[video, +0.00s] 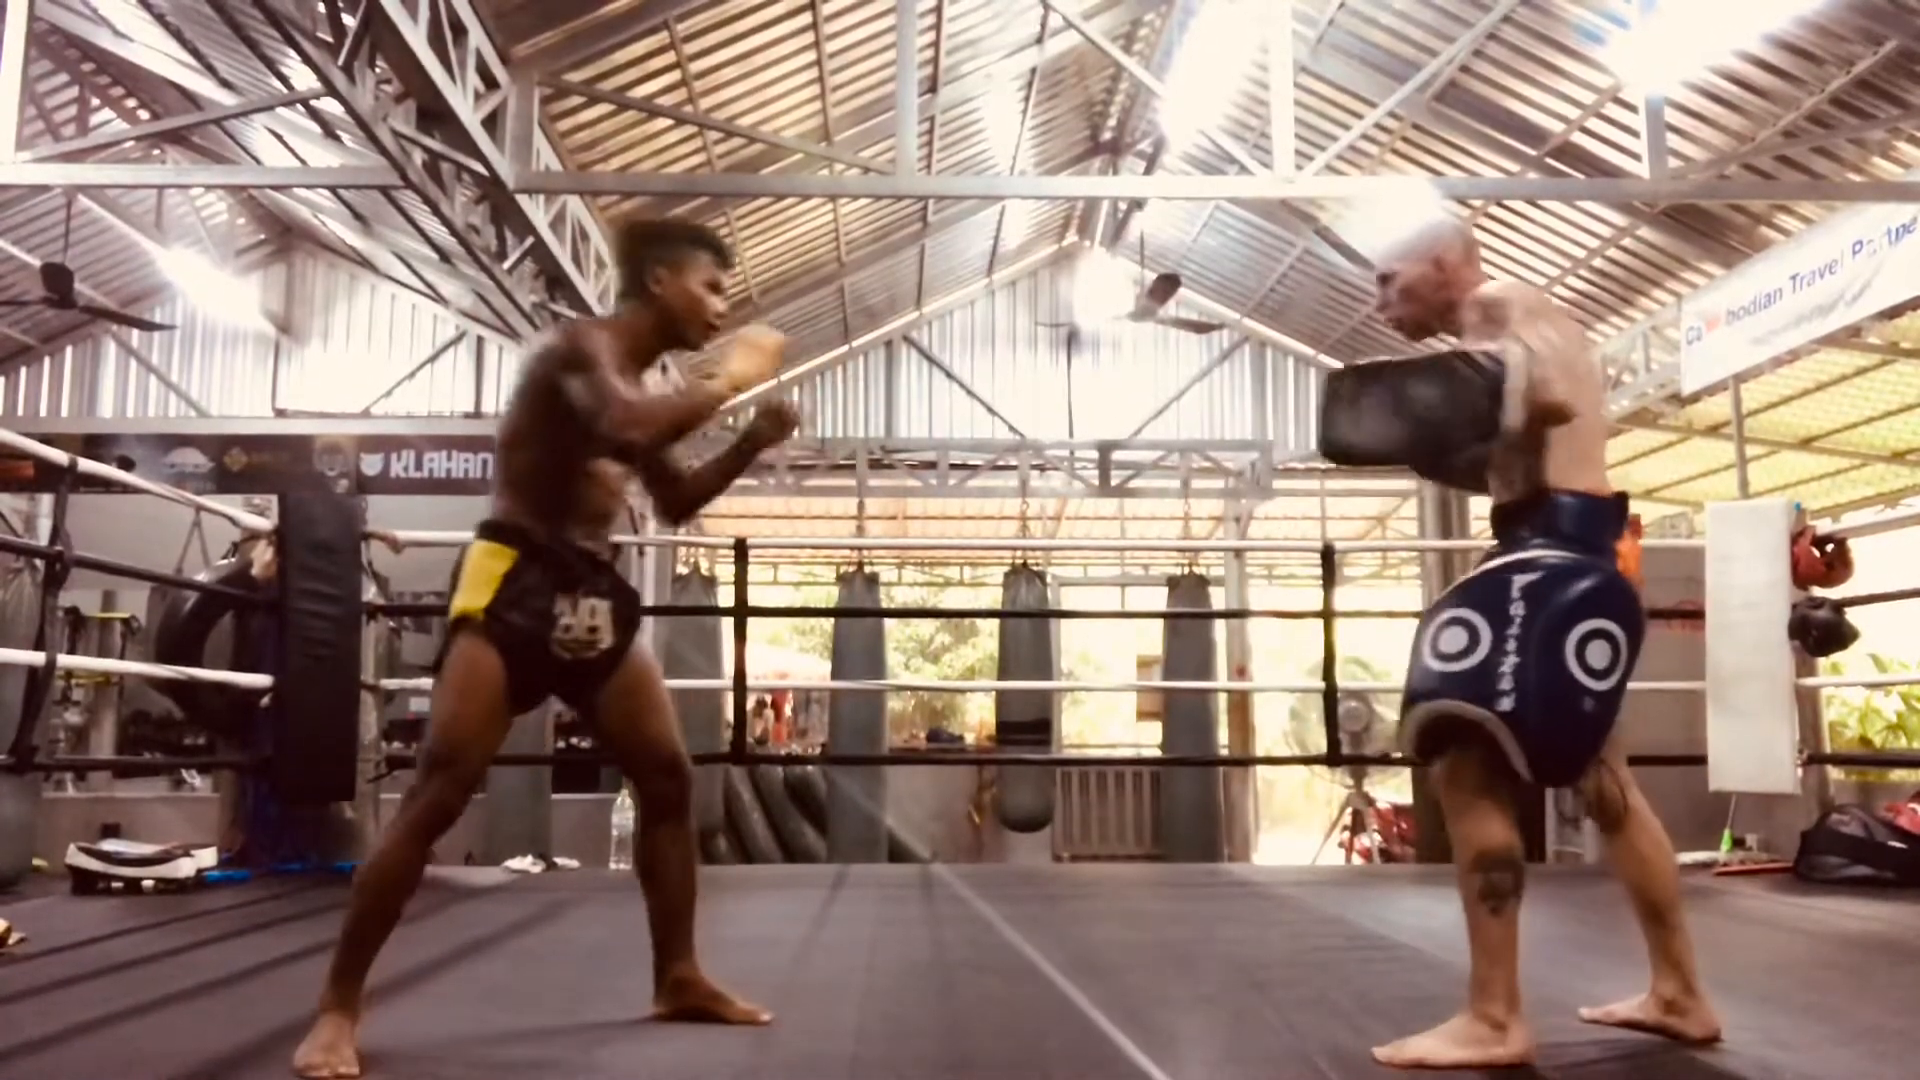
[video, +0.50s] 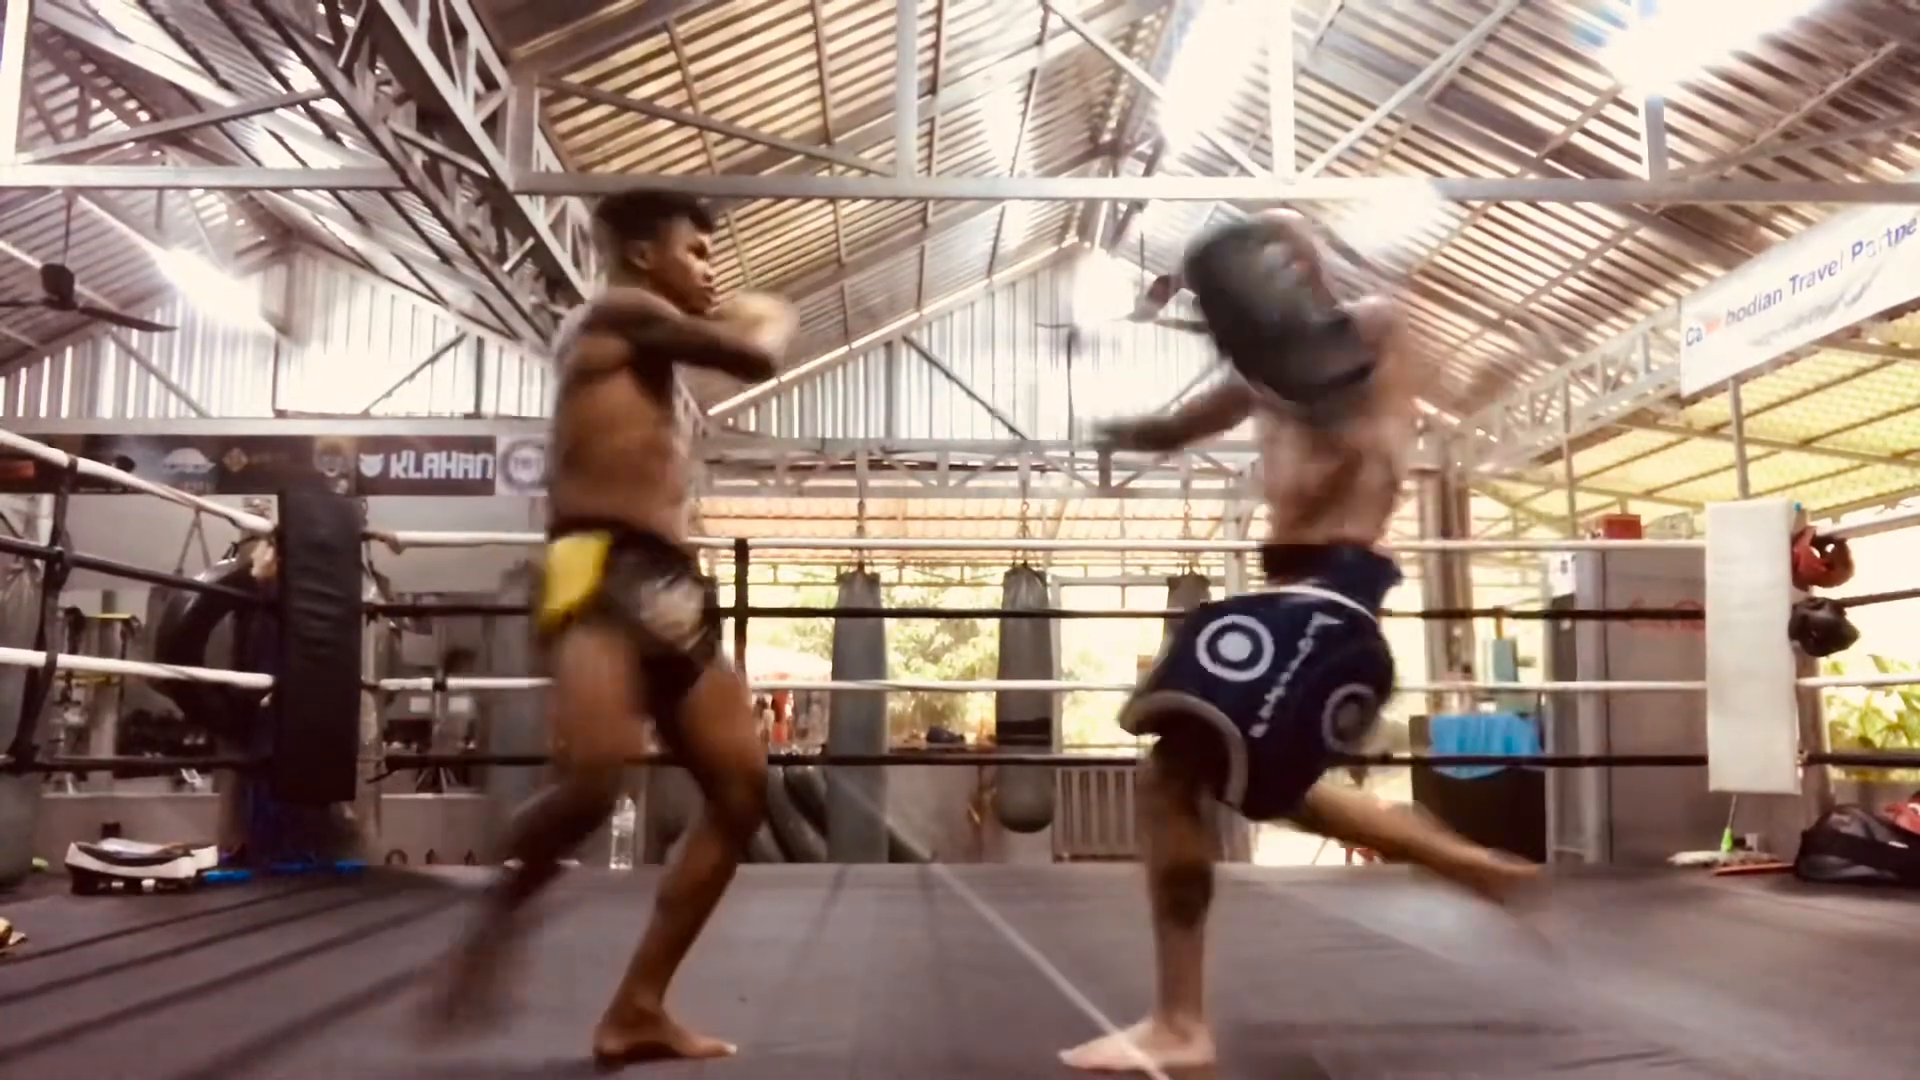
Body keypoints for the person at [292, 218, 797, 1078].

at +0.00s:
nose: (724, 303)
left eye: (726, 289)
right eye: (713, 284)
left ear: (671, 286)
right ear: (660, 279)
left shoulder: (639, 387)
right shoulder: (580, 342)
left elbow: (679, 502)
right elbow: (620, 422)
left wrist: (752, 441)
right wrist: (726, 380)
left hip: (593, 584)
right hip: (514, 569)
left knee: (667, 780)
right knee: (441, 791)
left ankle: (678, 979)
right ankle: (337, 1012)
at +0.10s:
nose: (693, 294)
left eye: (695, 280)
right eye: (684, 274)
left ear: (649, 279)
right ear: (627, 265)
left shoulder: (618, 379)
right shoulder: (542, 331)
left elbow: (640, 499)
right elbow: (567, 417)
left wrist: (725, 467)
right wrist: (686, 388)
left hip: (571, 582)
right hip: (489, 568)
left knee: (648, 773)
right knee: (426, 792)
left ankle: (669, 980)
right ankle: (336, 1012)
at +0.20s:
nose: (681, 283)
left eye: (683, 267)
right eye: (670, 262)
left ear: (641, 270)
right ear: (611, 255)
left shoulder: (618, 377)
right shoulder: (526, 321)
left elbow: (670, 483)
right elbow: (534, 409)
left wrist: (728, 424)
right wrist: (673, 394)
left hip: (566, 582)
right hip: (479, 568)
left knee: (650, 771)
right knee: (418, 798)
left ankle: (668, 980)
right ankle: (335, 1012)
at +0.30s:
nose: (683, 279)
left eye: (685, 262)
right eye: (671, 258)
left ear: (627, 262)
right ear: (613, 254)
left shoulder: (642, 373)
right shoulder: (533, 327)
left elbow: (684, 474)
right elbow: (564, 401)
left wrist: (743, 421)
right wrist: (718, 412)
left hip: (576, 581)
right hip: (487, 571)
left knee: (687, 754)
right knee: (420, 803)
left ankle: (650, 972)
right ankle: (337, 1011)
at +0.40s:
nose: (695, 266)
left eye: (695, 251)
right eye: (681, 246)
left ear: (634, 255)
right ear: (619, 247)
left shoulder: (637, 353)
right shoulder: (581, 319)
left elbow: (654, 489)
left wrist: (677, 508)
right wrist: (758, 352)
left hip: (605, 589)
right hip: (527, 579)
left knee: (725, 761)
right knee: (459, 799)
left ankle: (650, 988)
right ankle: (346, 1006)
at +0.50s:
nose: (710, 264)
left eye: (709, 250)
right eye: (696, 247)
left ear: (652, 254)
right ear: (643, 250)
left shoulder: (649, 337)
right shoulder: (618, 310)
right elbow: (756, 355)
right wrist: (765, 313)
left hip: (662, 576)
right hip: (599, 564)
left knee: (740, 792)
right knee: (594, 780)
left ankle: (638, 1008)